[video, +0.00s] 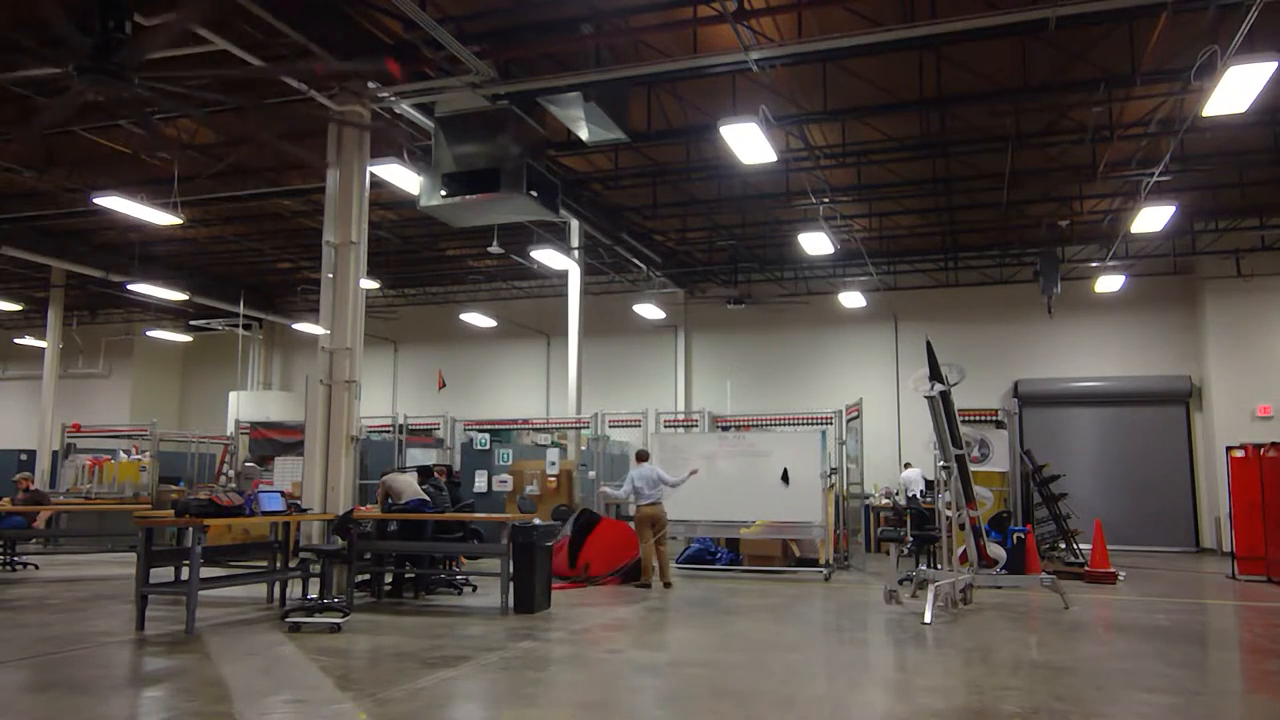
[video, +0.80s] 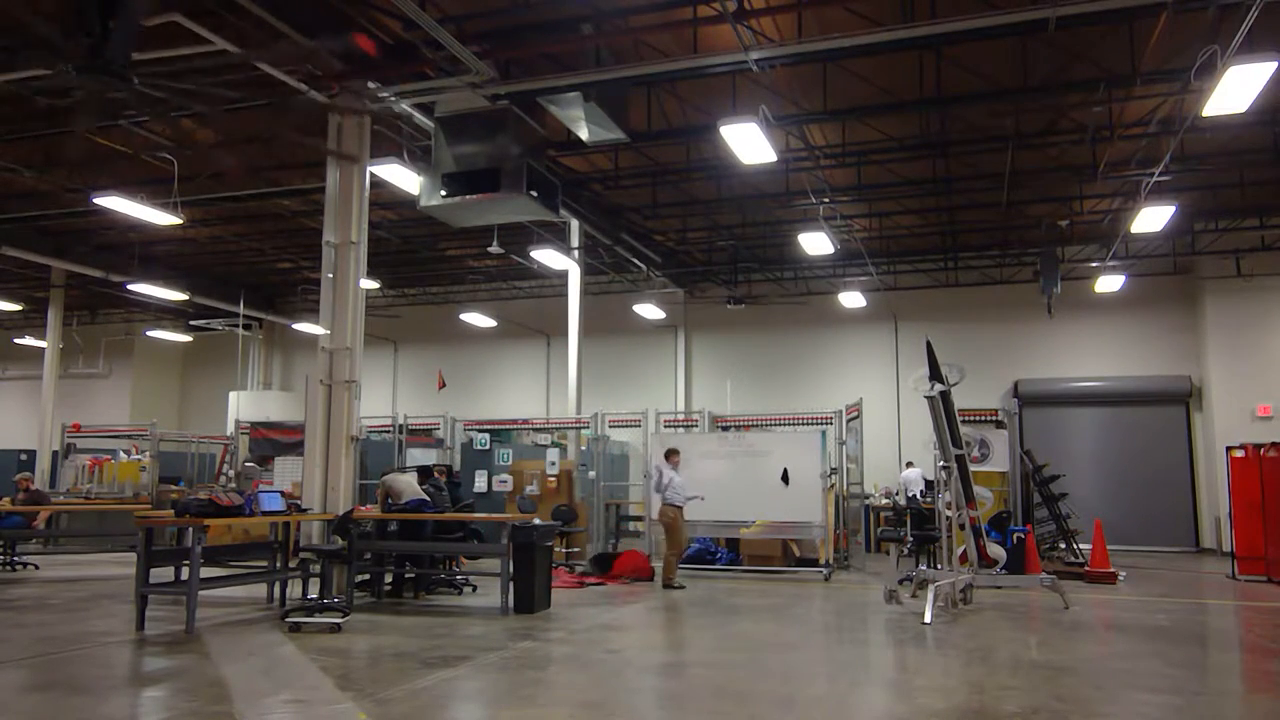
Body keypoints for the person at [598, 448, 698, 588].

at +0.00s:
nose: (636, 461)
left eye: (636, 459)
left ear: (636, 460)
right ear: (648, 459)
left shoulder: (633, 473)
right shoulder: (655, 470)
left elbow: (623, 495)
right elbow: (672, 483)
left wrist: (607, 490)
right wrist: (688, 475)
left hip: (642, 508)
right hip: (658, 507)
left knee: (646, 544)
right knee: (661, 544)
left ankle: (646, 580)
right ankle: (666, 580)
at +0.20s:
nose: (652, 460)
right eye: (652, 458)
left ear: (640, 459)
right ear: (653, 459)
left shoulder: (634, 474)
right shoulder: (655, 470)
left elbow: (629, 496)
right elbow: (671, 483)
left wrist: (620, 494)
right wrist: (687, 475)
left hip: (644, 508)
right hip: (659, 506)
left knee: (648, 545)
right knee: (667, 545)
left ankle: (646, 580)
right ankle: (669, 579)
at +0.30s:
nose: (656, 461)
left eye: (656, 459)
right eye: (656, 459)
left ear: (643, 459)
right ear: (654, 459)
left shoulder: (636, 475)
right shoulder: (655, 470)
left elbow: (631, 498)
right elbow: (670, 483)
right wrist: (685, 473)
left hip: (646, 508)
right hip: (661, 507)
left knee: (649, 545)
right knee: (668, 545)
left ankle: (646, 579)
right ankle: (668, 579)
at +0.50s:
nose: (667, 460)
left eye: (667, 457)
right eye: (666, 457)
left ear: (654, 459)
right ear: (661, 458)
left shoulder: (649, 473)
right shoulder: (660, 468)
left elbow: (647, 494)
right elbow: (668, 484)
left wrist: (648, 508)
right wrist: (677, 472)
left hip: (654, 507)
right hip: (667, 507)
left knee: (653, 547)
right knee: (672, 547)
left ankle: (646, 579)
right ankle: (669, 579)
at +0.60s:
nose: (671, 460)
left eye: (671, 458)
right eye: (670, 458)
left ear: (659, 459)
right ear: (665, 458)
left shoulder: (658, 470)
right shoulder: (663, 470)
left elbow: (660, 488)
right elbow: (664, 486)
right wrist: (671, 474)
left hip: (660, 507)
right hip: (669, 507)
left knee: (659, 547)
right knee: (672, 546)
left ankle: (649, 578)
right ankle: (669, 579)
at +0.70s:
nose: (675, 461)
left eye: (675, 458)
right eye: (673, 458)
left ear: (672, 460)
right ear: (666, 459)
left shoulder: (672, 475)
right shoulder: (662, 474)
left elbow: (674, 493)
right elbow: (662, 488)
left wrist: (687, 497)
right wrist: (666, 474)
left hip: (674, 507)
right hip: (667, 507)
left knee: (670, 545)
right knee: (672, 546)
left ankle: (658, 576)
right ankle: (667, 579)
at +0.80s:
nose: (678, 459)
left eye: (678, 457)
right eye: (675, 457)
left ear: (678, 459)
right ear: (668, 458)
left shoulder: (677, 475)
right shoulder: (666, 472)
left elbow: (682, 496)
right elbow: (659, 490)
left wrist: (697, 496)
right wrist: (660, 475)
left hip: (678, 508)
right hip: (669, 508)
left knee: (680, 546)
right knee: (674, 546)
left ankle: (670, 578)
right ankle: (668, 579)